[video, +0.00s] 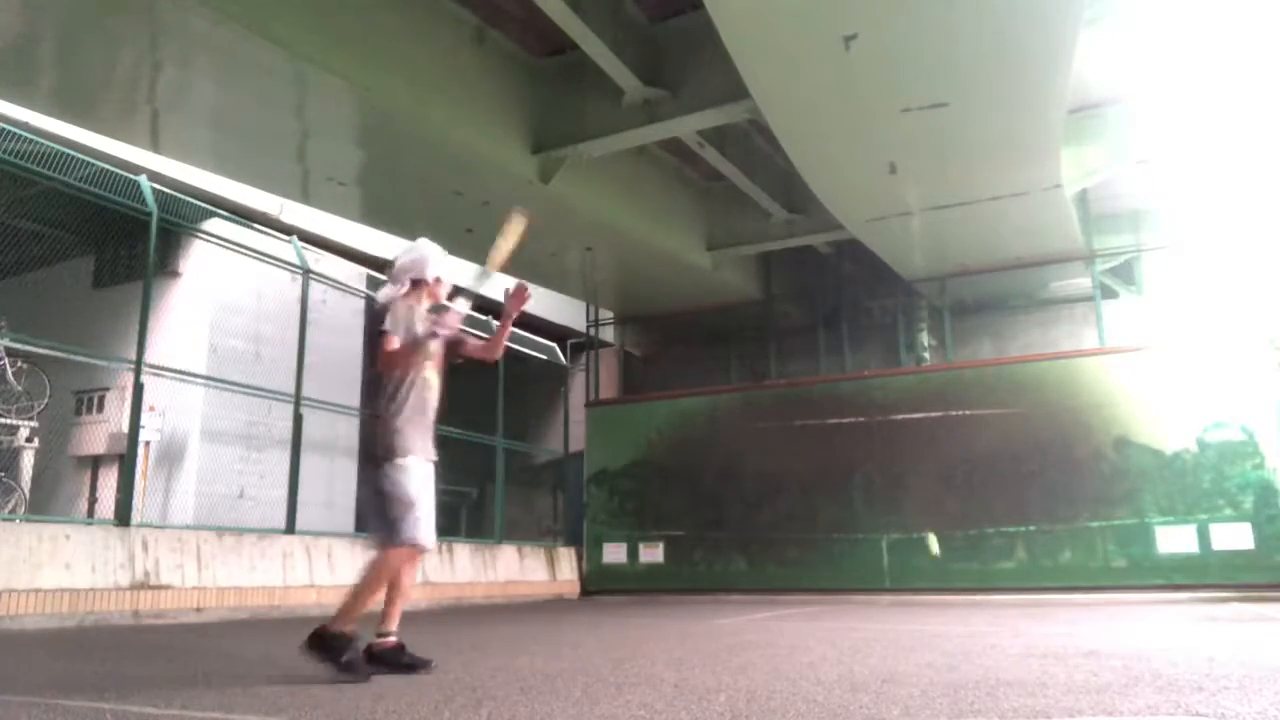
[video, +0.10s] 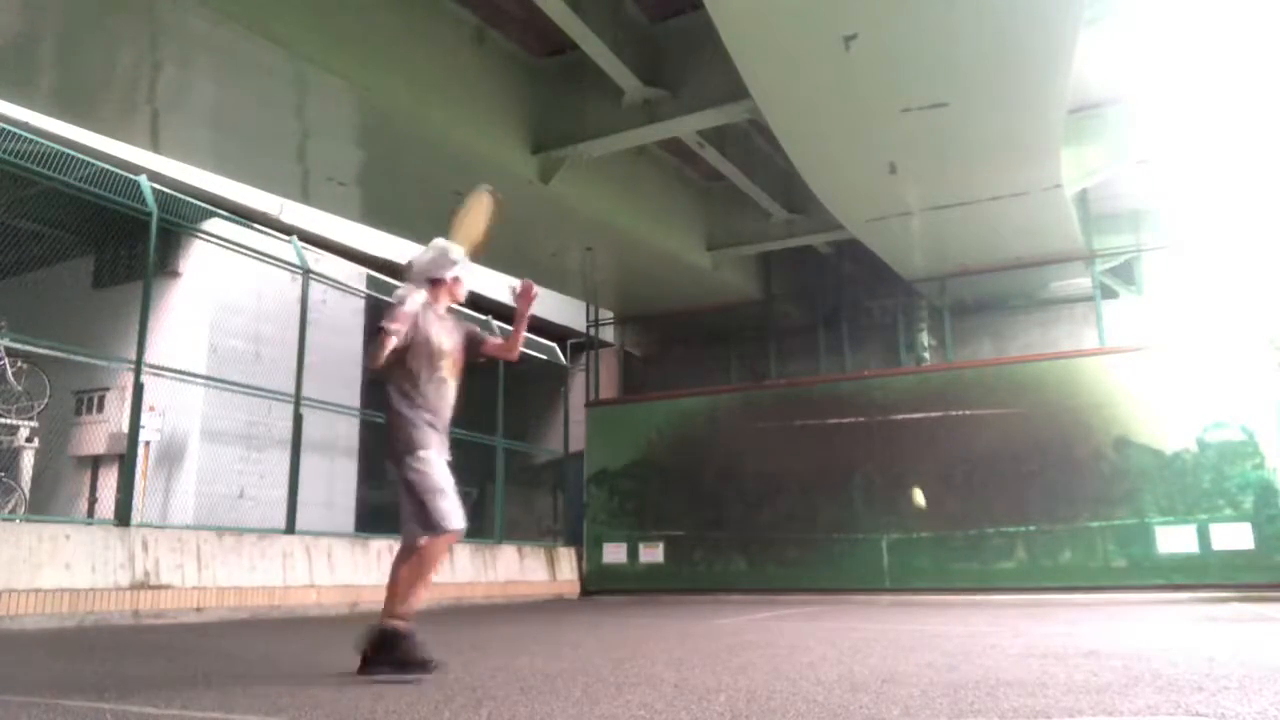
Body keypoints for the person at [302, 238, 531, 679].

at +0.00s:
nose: (447, 287)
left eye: (447, 280)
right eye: (443, 279)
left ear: (423, 280)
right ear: (426, 279)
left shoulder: (436, 320)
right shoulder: (395, 308)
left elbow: (489, 351)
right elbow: (389, 361)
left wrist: (509, 314)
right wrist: (434, 332)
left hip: (417, 447)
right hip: (395, 445)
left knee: (412, 545)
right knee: (406, 542)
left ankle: (386, 641)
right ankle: (335, 632)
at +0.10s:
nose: (466, 283)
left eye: (464, 276)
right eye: (460, 276)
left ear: (447, 280)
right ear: (442, 279)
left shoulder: (457, 325)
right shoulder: (412, 310)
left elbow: (509, 351)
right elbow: (376, 360)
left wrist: (522, 312)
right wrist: (401, 312)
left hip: (435, 439)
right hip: (413, 435)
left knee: (416, 542)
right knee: (448, 526)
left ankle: (387, 640)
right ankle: (393, 630)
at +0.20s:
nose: (486, 288)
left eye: (486, 280)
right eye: (482, 280)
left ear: (466, 282)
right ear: (465, 281)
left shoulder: (479, 327)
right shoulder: (426, 315)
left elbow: (528, 358)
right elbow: (378, 356)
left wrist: (546, 332)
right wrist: (365, 339)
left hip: (448, 442)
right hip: (430, 441)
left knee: (420, 547)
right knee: (473, 528)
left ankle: (385, 642)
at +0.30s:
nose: (510, 294)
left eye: (509, 286)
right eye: (505, 286)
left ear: (489, 289)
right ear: (486, 287)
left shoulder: (505, 335)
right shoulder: (446, 320)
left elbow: (552, 374)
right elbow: (396, 356)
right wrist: (367, 352)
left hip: (473, 450)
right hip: (452, 448)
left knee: (433, 549)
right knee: (498, 532)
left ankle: (385, 642)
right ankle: (501, 646)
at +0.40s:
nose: (540, 299)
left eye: (540, 291)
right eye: (535, 291)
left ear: (521, 294)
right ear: (516, 294)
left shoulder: (531, 344)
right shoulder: (476, 326)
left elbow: (570, 397)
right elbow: (433, 356)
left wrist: (619, 432)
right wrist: (396, 372)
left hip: (492, 450)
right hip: (475, 448)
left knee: (443, 549)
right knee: (530, 535)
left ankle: (386, 641)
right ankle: (504, 648)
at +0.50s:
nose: (577, 311)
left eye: (577, 303)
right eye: (573, 303)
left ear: (546, 303)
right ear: (555, 304)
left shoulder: (539, 346)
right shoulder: (530, 338)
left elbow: (550, 401)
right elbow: (495, 386)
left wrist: (590, 442)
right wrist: (479, 416)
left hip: (478, 447)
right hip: (495, 447)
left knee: (479, 551)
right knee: (552, 543)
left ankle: (402, 634)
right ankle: (506, 647)